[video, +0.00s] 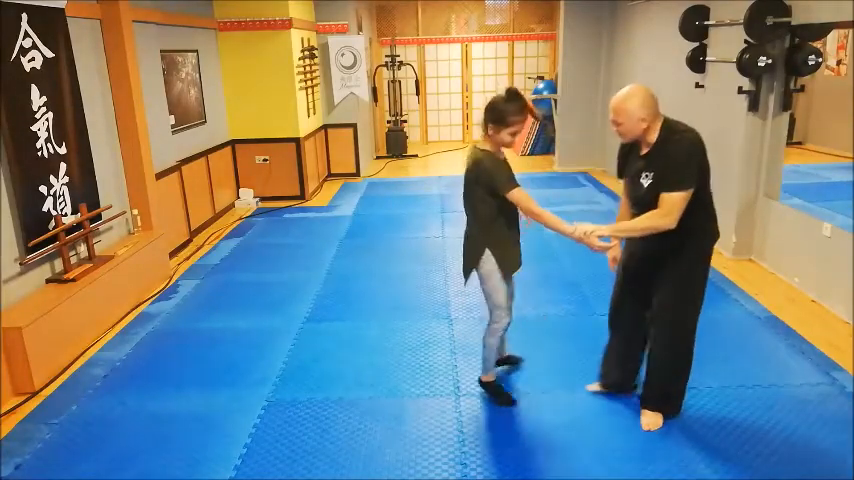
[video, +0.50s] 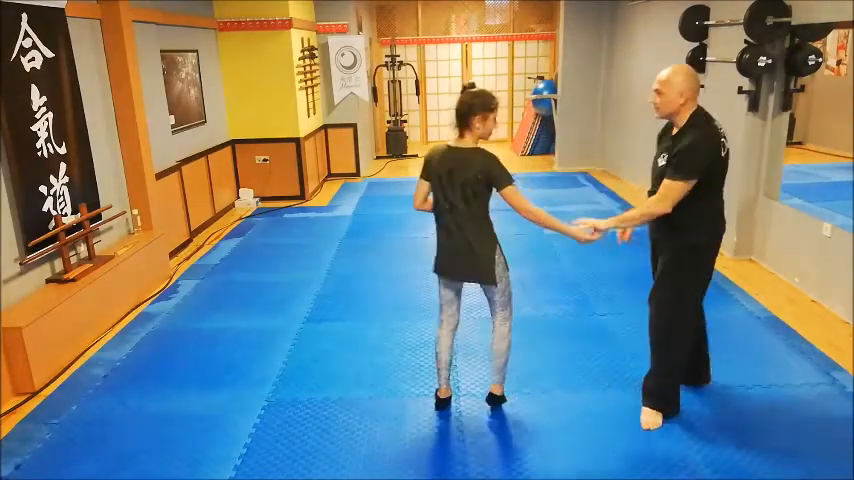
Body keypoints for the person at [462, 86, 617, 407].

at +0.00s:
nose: (516, 139)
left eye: (519, 132)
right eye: (512, 133)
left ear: (516, 124)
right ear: (491, 128)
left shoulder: (492, 153)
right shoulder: (489, 164)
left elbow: (495, 197)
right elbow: (533, 211)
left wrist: (519, 212)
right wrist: (578, 234)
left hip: (498, 242)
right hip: (486, 246)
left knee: (505, 304)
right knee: (499, 315)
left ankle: (498, 355)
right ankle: (486, 378)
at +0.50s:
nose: (496, 124)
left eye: (495, 117)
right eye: (492, 118)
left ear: (468, 120)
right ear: (475, 121)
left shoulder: (436, 155)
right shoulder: (487, 161)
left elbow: (420, 203)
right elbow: (526, 210)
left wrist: (449, 204)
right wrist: (571, 232)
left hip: (448, 252)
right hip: (484, 252)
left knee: (447, 319)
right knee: (501, 315)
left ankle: (442, 390)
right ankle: (496, 387)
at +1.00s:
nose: (494, 122)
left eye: (492, 116)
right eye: (489, 116)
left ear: (464, 121)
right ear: (475, 121)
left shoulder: (438, 159)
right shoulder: (489, 164)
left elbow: (411, 198)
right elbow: (527, 211)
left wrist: (443, 210)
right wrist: (575, 223)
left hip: (447, 255)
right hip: (485, 256)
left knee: (449, 320)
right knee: (504, 323)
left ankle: (442, 391)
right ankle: (519, 391)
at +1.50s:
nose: (512, 124)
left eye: (512, 118)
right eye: (510, 118)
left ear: (481, 120)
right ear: (499, 120)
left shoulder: (458, 159)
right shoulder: (508, 163)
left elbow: (449, 205)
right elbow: (538, 208)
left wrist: (481, 200)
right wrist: (573, 211)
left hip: (468, 254)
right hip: (502, 255)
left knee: (466, 317)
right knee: (510, 327)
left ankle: (452, 383)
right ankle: (521, 393)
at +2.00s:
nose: (504, 137)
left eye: (506, 131)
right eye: (503, 130)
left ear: (479, 124)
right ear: (488, 124)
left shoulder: (446, 156)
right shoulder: (490, 163)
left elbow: (427, 197)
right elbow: (541, 189)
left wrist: (458, 202)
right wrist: (579, 189)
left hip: (448, 250)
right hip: (478, 251)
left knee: (455, 315)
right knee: (504, 315)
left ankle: (450, 384)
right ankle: (517, 383)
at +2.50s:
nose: (531, 163)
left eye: (537, 158)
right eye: (527, 156)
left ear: (543, 153)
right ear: (514, 148)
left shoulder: (524, 170)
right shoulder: (504, 175)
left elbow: (528, 202)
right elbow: (522, 221)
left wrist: (534, 219)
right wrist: (556, 243)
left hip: (508, 239)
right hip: (490, 240)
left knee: (509, 306)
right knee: (523, 310)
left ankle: (465, 352)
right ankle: (522, 376)